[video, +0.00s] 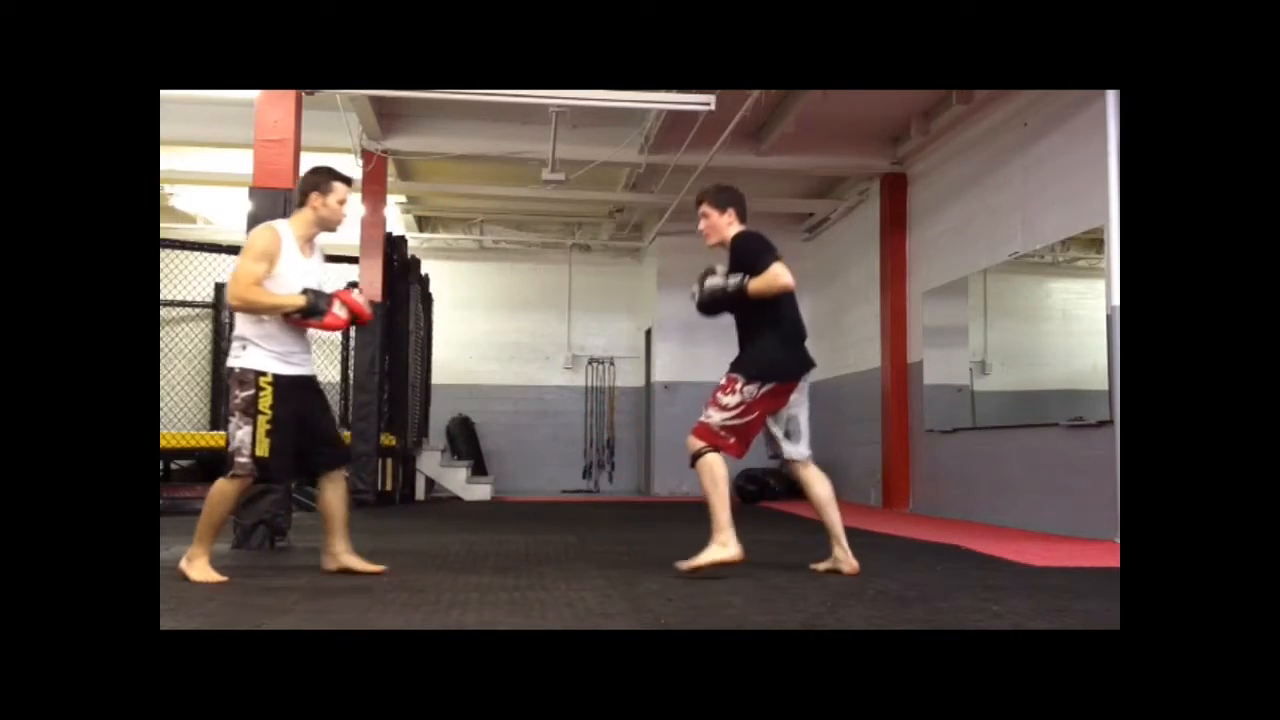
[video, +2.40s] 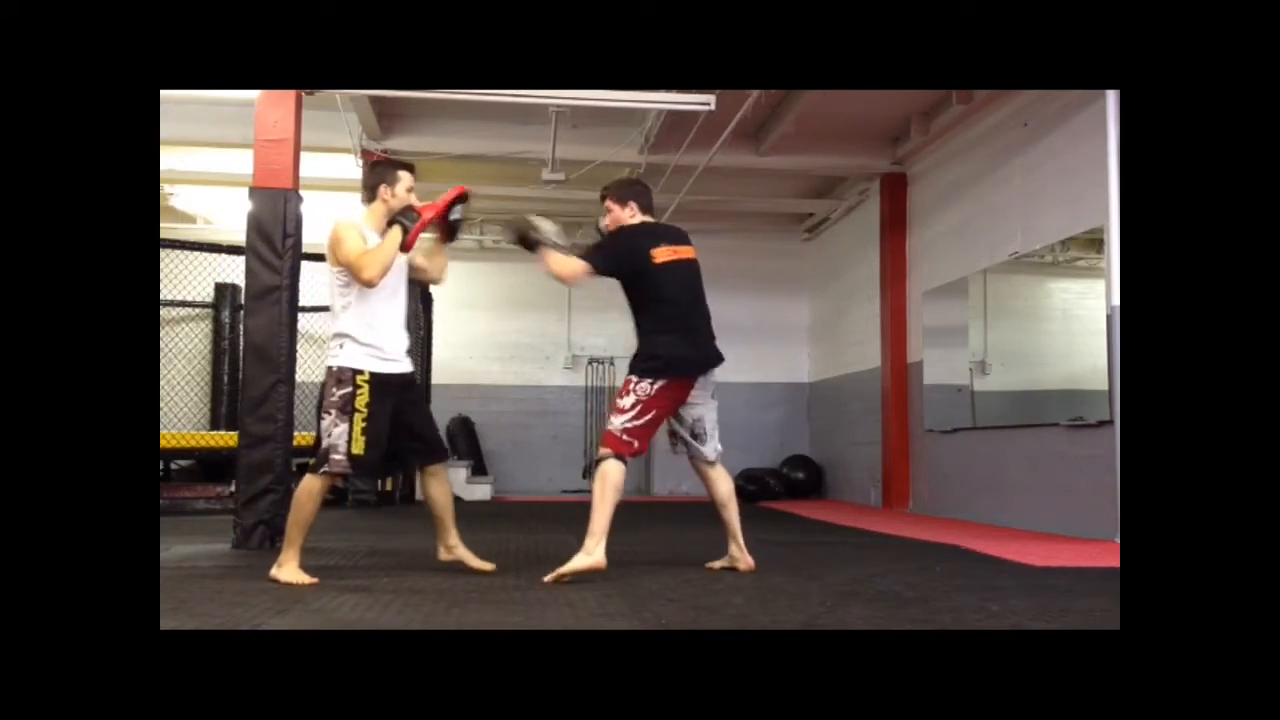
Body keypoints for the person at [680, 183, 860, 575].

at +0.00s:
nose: (700, 226)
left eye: (704, 217)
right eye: (699, 218)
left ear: (729, 215)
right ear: (727, 218)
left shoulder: (746, 243)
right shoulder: (746, 250)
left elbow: (783, 279)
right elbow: (761, 291)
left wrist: (732, 289)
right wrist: (721, 288)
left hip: (763, 364)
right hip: (791, 364)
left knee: (702, 442)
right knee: (799, 460)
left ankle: (724, 540)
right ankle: (843, 553)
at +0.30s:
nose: (697, 227)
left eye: (702, 218)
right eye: (695, 220)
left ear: (726, 215)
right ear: (726, 218)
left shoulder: (744, 247)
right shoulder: (747, 252)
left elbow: (748, 305)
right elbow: (739, 319)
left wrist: (708, 283)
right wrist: (707, 297)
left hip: (762, 374)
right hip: (784, 371)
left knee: (714, 461)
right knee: (811, 462)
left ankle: (678, 557)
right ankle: (849, 553)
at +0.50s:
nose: (662, 230)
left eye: (667, 221)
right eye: (661, 222)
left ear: (691, 218)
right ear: (694, 220)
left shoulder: (708, 253)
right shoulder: (726, 250)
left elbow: (694, 318)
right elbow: (721, 312)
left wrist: (667, 288)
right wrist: (680, 315)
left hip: (734, 372)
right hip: (761, 370)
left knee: (681, 453)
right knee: (759, 463)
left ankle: (673, 559)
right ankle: (829, 540)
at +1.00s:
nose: (638, 225)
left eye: (642, 215)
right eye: (635, 217)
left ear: (666, 211)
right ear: (665, 214)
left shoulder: (686, 242)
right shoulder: (685, 249)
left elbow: (709, 297)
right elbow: (679, 315)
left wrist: (661, 285)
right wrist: (652, 285)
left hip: (702, 369)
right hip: (726, 368)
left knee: (659, 457)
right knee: (725, 460)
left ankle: (631, 557)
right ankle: (764, 551)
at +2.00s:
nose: (606, 218)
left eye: (610, 209)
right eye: (604, 210)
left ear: (633, 206)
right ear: (638, 209)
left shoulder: (647, 241)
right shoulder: (667, 240)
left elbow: (644, 303)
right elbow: (652, 299)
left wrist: (609, 272)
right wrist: (616, 268)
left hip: (669, 367)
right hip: (698, 364)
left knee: (627, 453)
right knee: (699, 457)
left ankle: (610, 558)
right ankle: (739, 549)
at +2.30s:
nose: (614, 226)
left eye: (616, 216)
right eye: (612, 218)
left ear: (639, 210)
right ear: (647, 213)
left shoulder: (648, 244)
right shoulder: (680, 241)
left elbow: (624, 300)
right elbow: (654, 296)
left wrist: (589, 272)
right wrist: (618, 259)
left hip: (668, 362)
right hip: (704, 362)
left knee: (605, 439)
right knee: (702, 457)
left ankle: (589, 539)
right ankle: (739, 549)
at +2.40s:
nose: (605, 221)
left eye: (608, 212)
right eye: (604, 213)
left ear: (630, 208)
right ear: (644, 208)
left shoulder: (624, 241)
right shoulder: (677, 236)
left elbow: (571, 271)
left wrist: (542, 247)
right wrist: (601, 248)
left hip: (660, 360)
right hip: (701, 357)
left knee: (613, 450)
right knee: (707, 457)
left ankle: (593, 549)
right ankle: (739, 550)